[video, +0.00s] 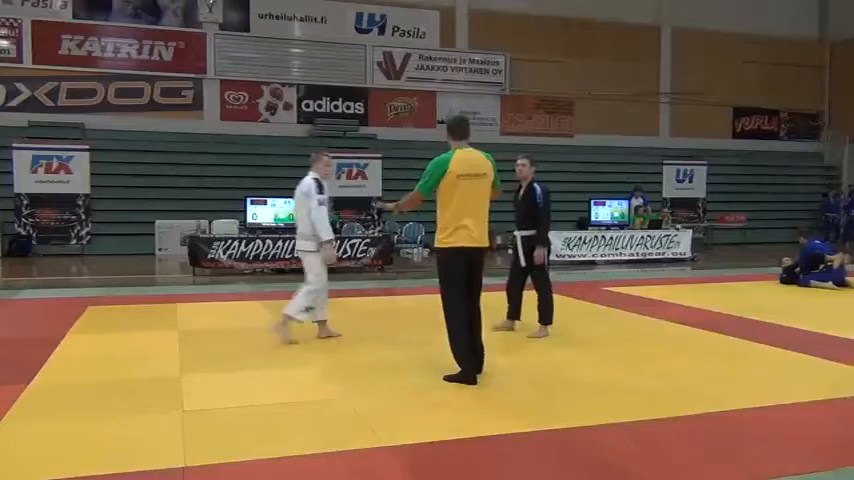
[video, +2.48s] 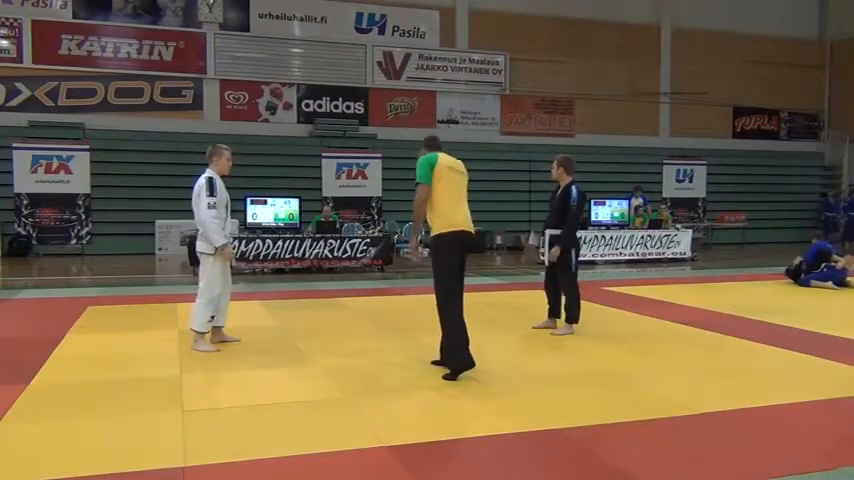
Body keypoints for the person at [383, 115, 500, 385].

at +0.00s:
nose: (447, 138)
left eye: (447, 134)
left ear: (448, 136)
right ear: (469, 135)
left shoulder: (443, 162)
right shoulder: (487, 160)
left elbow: (417, 198)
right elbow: (495, 193)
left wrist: (398, 206)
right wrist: (467, 192)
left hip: (451, 246)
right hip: (477, 245)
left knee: (455, 307)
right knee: (472, 303)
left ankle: (467, 370)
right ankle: (475, 363)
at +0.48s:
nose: (440, 142)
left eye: (439, 138)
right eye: (447, 136)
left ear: (440, 138)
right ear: (460, 136)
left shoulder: (438, 163)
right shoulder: (478, 161)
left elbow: (421, 204)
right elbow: (485, 191)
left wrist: (406, 229)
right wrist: (462, 196)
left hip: (448, 245)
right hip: (472, 242)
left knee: (452, 308)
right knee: (459, 303)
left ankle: (467, 371)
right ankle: (451, 354)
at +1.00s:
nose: (435, 142)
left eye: (435, 138)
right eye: (436, 138)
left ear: (440, 137)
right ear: (457, 136)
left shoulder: (440, 160)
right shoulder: (473, 160)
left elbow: (428, 202)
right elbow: (470, 198)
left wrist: (420, 241)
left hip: (447, 239)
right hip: (468, 238)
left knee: (450, 303)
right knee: (457, 299)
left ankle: (466, 365)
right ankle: (453, 352)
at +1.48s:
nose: (432, 143)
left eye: (433, 139)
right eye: (433, 139)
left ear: (438, 138)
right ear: (454, 138)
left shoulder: (443, 158)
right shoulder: (468, 160)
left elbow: (432, 198)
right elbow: (446, 189)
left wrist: (417, 233)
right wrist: (413, 185)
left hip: (448, 238)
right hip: (463, 237)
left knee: (447, 299)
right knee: (452, 298)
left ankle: (464, 358)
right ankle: (451, 352)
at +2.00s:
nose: (428, 144)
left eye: (428, 140)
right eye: (431, 139)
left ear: (430, 140)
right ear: (449, 140)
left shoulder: (433, 158)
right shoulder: (463, 161)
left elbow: (424, 197)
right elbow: (461, 199)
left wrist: (415, 237)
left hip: (443, 237)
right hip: (462, 236)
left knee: (445, 299)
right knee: (453, 296)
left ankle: (460, 357)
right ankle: (450, 351)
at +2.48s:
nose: (421, 158)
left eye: (421, 154)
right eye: (422, 154)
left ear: (425, 150)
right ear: (440, 148)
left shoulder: (427, 159)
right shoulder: (458, 164)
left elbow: (422, 196)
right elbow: (458, 200)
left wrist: (414, 239)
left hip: (444, 235)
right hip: (463, 234)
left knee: (447, 300)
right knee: (452, 299)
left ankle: (461, 359)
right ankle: (450, 352)